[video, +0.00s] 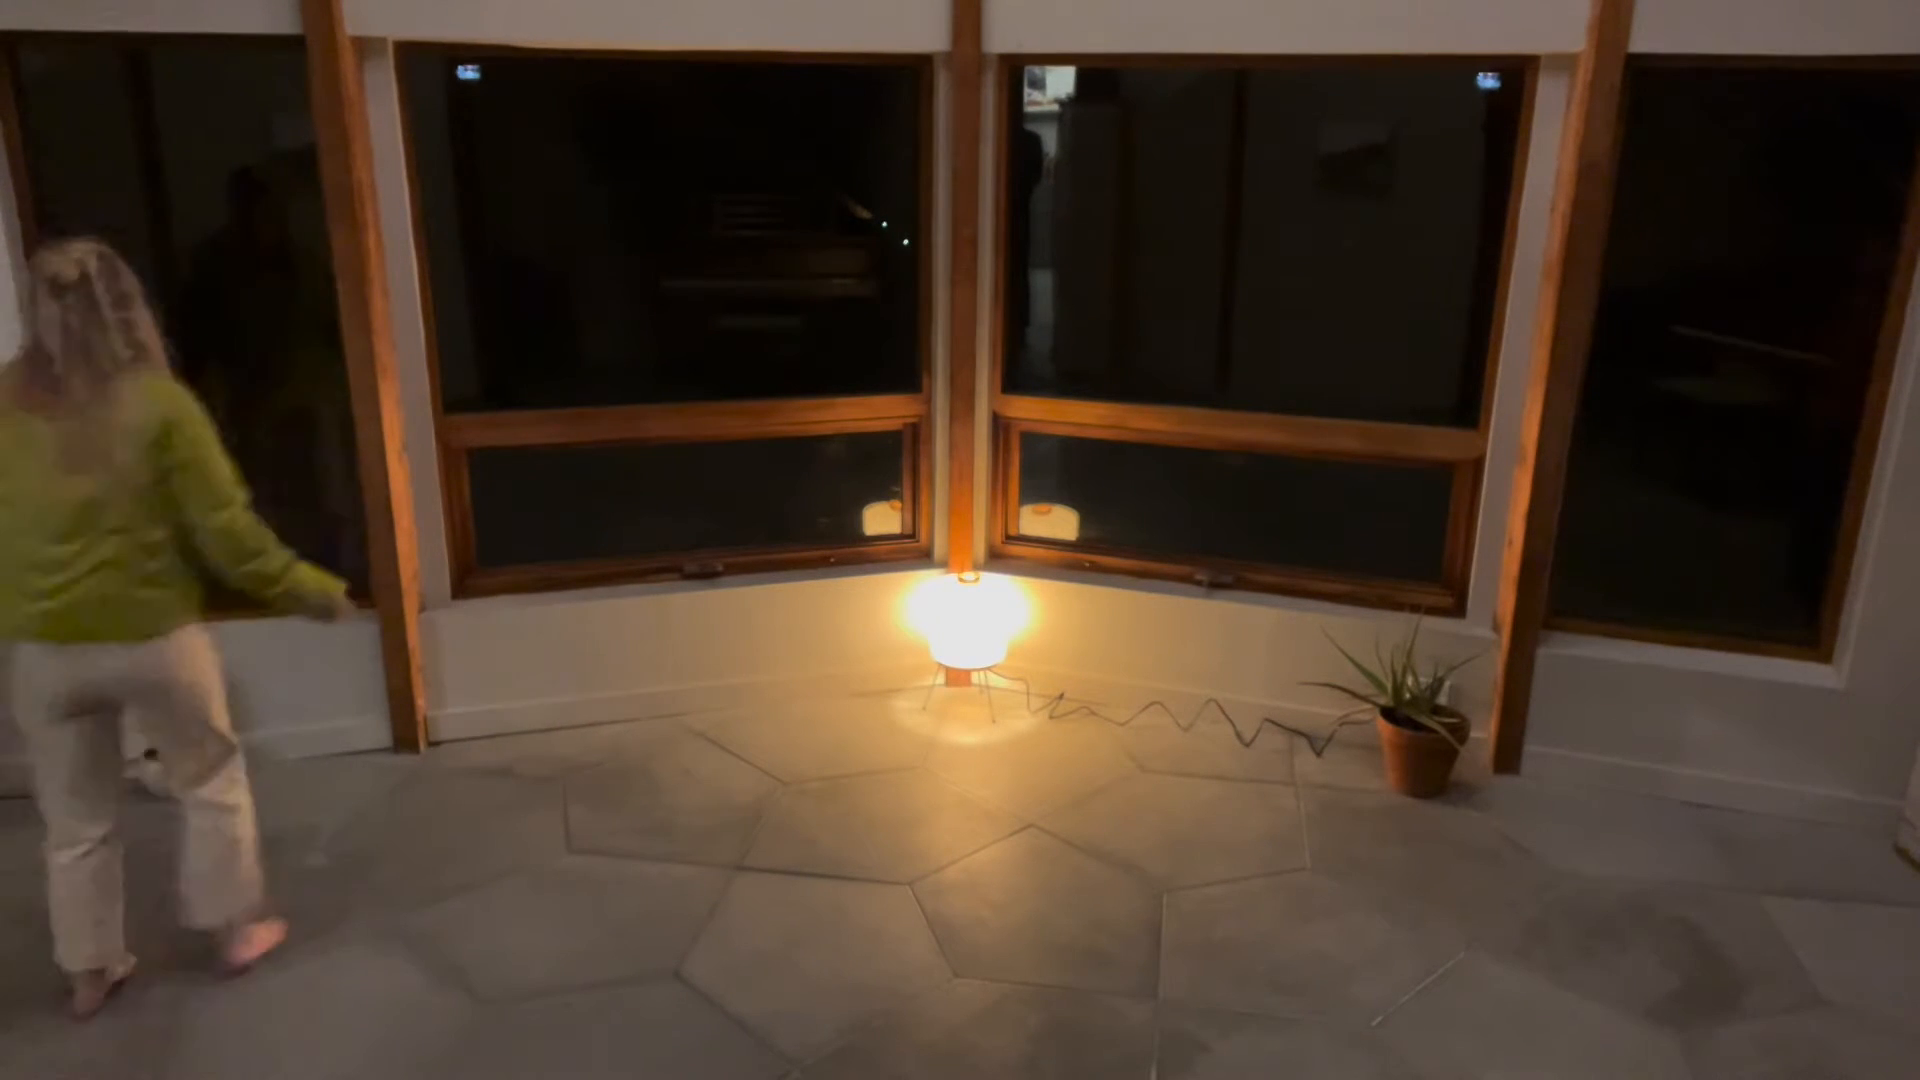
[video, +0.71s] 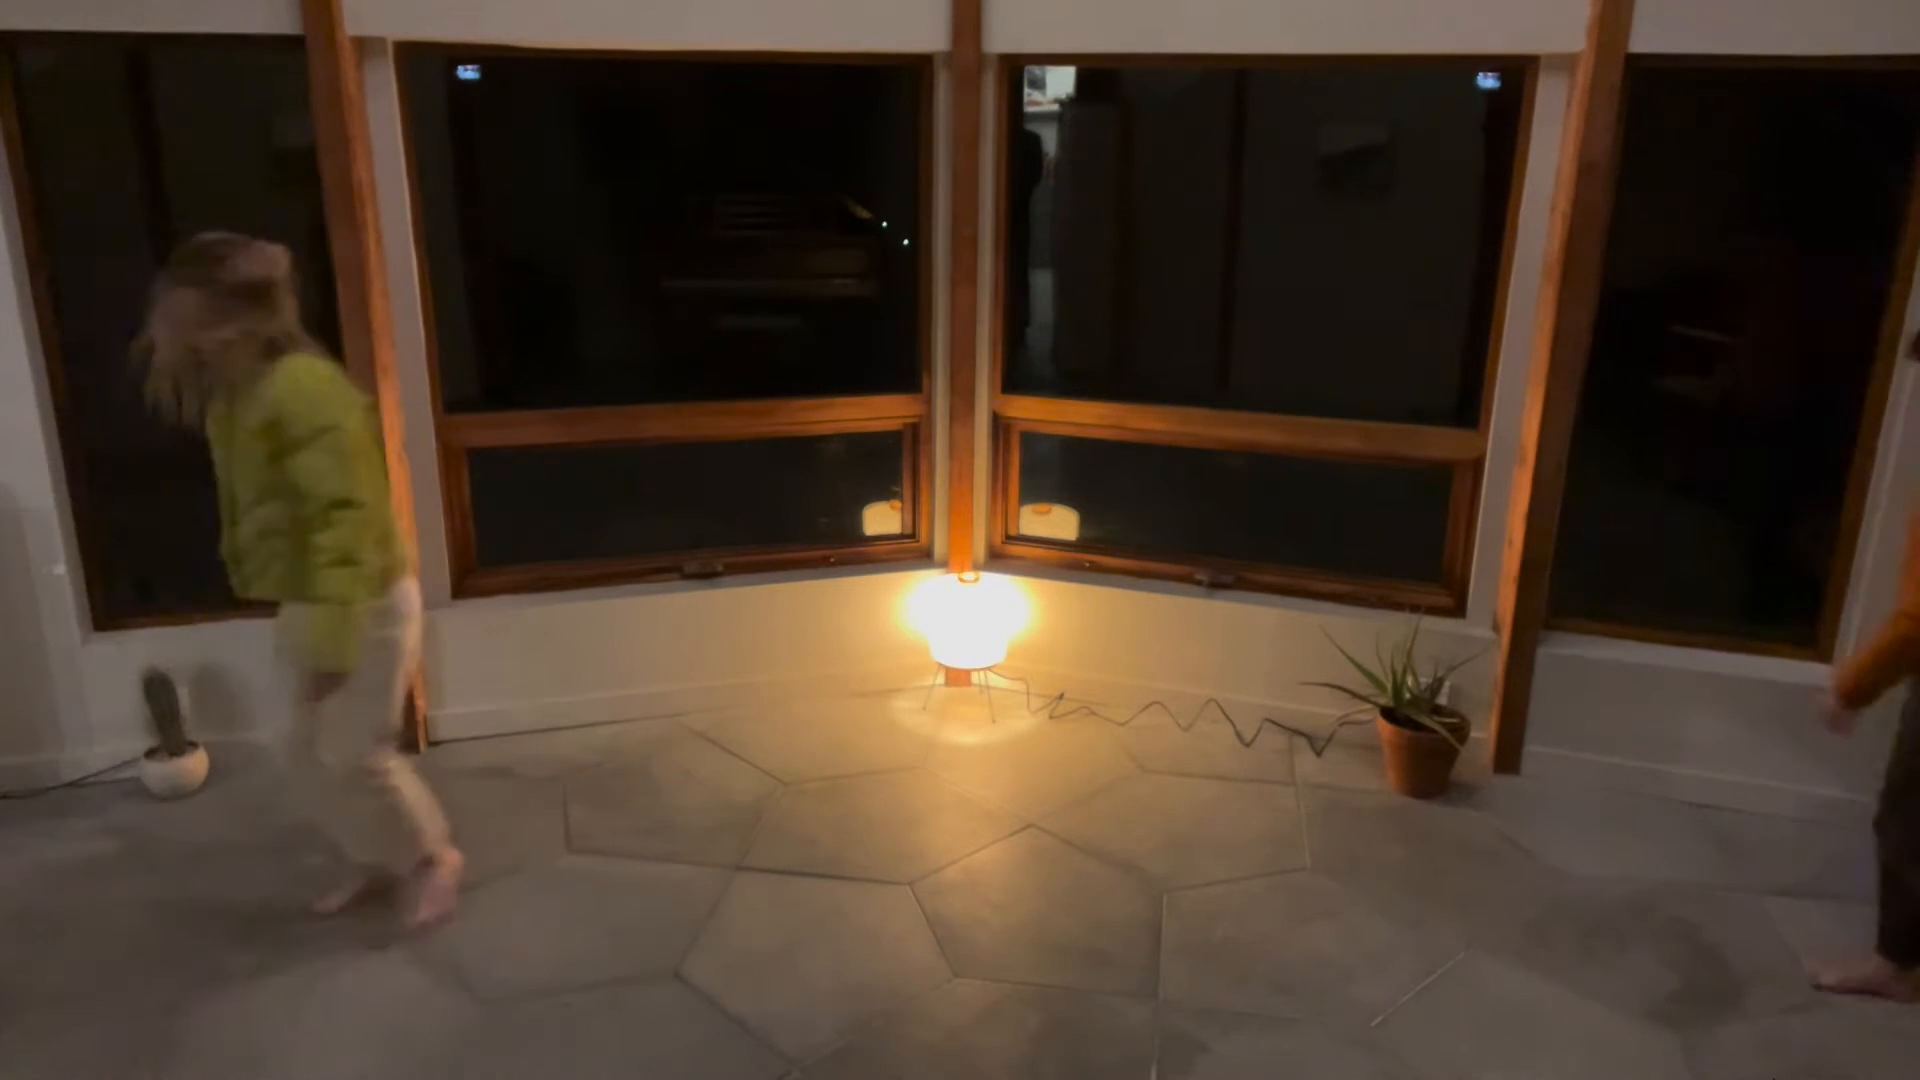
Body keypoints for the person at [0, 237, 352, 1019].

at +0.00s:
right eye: (136, 305)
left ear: (41, 319)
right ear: (129, 311)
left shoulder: (10, 407)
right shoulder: (159, 402)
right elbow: (227, 534)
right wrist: (318, 590)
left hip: (41, 654)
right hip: (154, 645)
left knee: (74, 822)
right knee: (208, 776)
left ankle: (90, 974)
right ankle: (237, 931)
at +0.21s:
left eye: (65, 309)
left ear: (71, 314)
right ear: (155, 302)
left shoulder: (54, 408)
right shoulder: (223, 383)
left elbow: (31, 554)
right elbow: (296, 493)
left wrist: (26, 674)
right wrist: (345, 573)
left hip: (147, 645)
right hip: (250, 629)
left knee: (138, 801)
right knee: (257, 763)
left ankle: (147, 954)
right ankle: (298, 901)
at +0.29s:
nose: (66, 332)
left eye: (68, 314)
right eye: (64, 314)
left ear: (93, 314)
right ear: (159, 297)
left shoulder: (106, 406)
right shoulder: (245, 371)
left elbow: (97, 552)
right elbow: (311, 475)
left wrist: (79, 676)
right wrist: (333, 563)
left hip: (201, 637)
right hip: (287, 617)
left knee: (162, 791)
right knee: (280, 769)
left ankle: (196, 941)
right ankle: (317, 904)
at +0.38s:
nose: (78, 340)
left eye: (79, 322)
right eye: (74, 323)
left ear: (109, 315)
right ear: (166, 296)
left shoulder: (133, 400)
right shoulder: (257, 367)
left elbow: (137, 546)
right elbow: (319, 477)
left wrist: (121, 672)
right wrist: (325, 564)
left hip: (231, 628)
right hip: (304, 608)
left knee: (183, 775)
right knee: (283, 766)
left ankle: (284, 894)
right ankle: (318, 900)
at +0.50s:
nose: (111, 343)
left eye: (112, 326)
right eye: (105, 329)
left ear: (146, 318)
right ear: (181, 307)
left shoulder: (190, 400)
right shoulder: (256, 369)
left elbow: (213, 548)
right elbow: (308, 496)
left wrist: (201, 672)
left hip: (278, 616)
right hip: (324, 601)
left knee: (268, 772)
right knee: (298, 758)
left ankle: (337, 904)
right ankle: (357, 865)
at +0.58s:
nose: (143, 355)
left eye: (146, 338)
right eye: (136, 341)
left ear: (181, 323)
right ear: (204, 314)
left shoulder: (229, 392)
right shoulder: (257, 376)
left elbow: (255, 536)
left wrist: (242, 667)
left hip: (313, 611)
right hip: (338, 599)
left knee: (292, 758)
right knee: (313, 746)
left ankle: (340, 906)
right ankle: (378, 852)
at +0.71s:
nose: (193, 353)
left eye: (198, 335)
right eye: (186, 339)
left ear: (235, 327)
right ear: (206, 336)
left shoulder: (306, 389)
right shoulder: (234, 403)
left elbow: (349, 521)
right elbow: (257, 510)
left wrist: (332, 644)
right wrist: (270, 588)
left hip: (372, 598)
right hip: (308, 601)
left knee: (358, 748)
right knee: (307, 754)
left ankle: (435, 856)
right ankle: (372, 862)